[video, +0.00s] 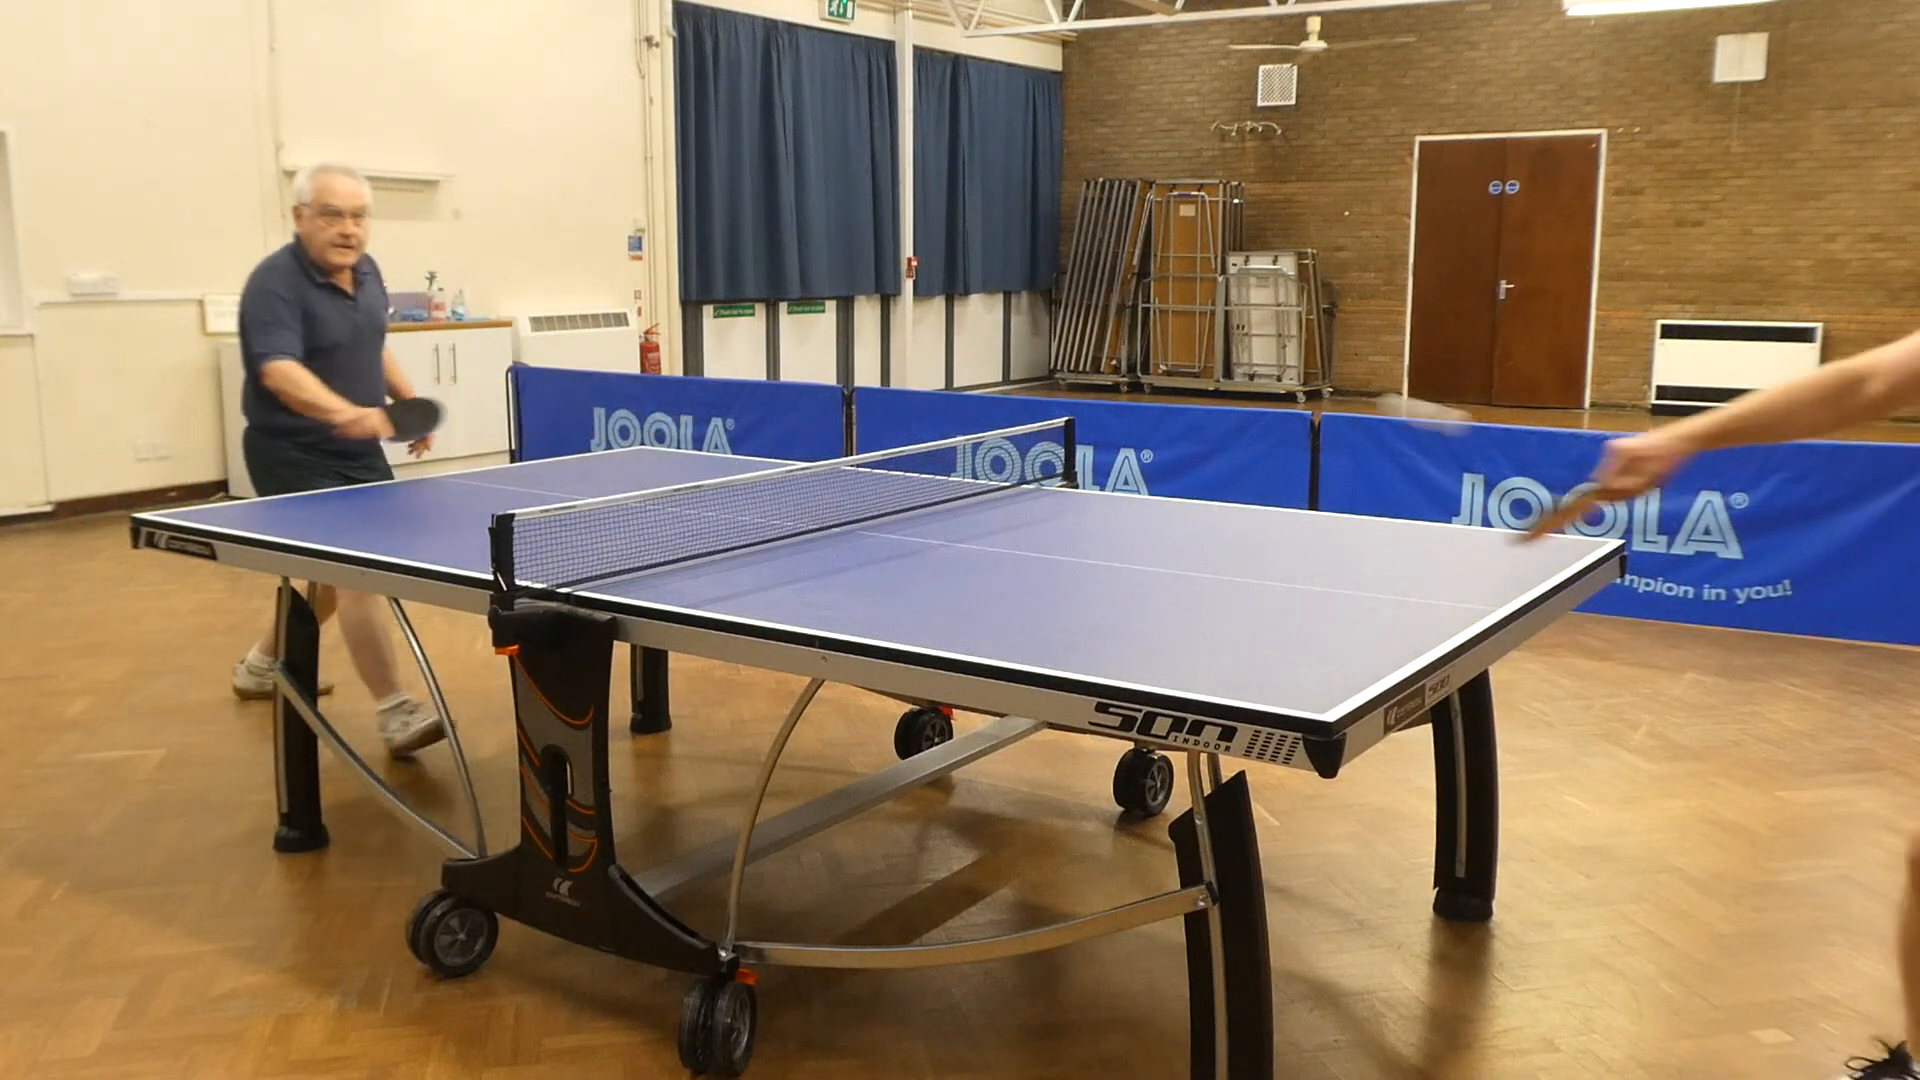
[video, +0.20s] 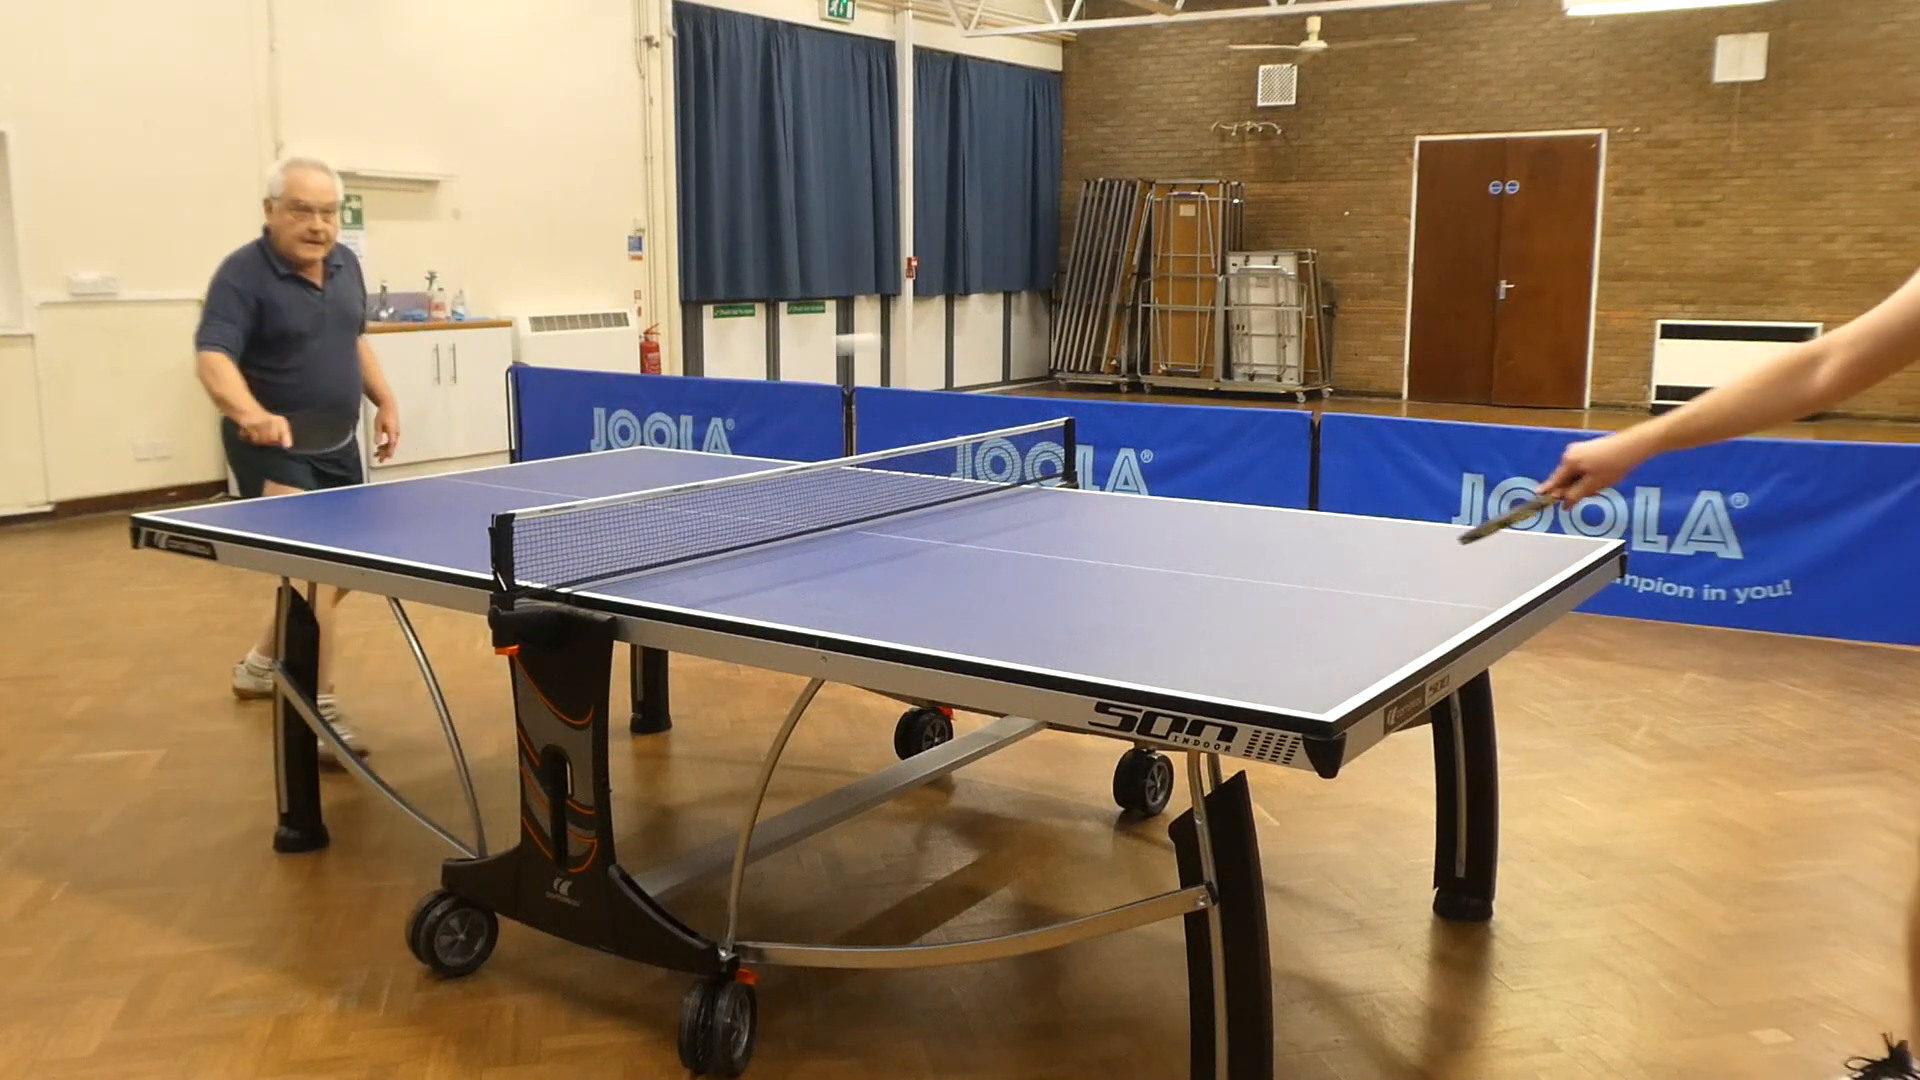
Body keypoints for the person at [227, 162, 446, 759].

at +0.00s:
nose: (348, 228)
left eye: (359, 216)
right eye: (332, 215)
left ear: (369, 222)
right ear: (300, 217)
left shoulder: (367, 274)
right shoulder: (274, 282)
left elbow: (371, 346)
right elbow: (276, 371)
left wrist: (411, 402)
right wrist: (343, 411)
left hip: (360, 446)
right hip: (293, 453)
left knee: (346, 567)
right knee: (356, 567)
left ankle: (263, 659)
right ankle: (395, 708)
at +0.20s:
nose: (316, 224)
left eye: (329, 212)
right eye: (301, 211)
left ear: (340, 215)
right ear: (269, 212)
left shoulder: (345, 264)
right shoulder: (242, 274)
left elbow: (351, 339)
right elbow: (212, 356)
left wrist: (385, 400)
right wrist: (247, 412)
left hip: (338, 442)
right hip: (272, 446)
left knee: (337, 563)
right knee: (319, 567)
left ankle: (263, 661)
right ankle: (315, 707)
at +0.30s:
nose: (317, 228)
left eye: (329, 216)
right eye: (302, 213)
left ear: (340, 217)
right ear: (270, 211)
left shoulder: (341, 261)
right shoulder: (237, 267)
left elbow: (348, 335)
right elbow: (190, 348)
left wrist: (380, 401)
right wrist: (238, 411)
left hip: (330, 439)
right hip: (260, 441)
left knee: (334, 564)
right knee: (298, 566)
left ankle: (263, 661)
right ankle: (287, 717)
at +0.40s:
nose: (324, 241)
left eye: (336, 229)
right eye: (310, 225)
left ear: (347, 226)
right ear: (276, 213)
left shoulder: (342, 266)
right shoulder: (239, 263)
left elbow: (345, 336)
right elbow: (188, 346)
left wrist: (369, 400)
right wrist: (248, 419)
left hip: (319, 446)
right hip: (249, 448)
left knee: (315, 570)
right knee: (265, 577)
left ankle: (286, 676)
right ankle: (254, 722)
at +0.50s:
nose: (337, 261)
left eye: (350, 249)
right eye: (325, 244)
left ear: (360, 243)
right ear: (290, 226)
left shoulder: (345, 278)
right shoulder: (246, 263)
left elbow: (333, 349)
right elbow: (200, 341)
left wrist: (357, 409)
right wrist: (278, 406)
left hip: (295, 446)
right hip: (224, 439)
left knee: (300, 573)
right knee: (254, 577)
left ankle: (288, 692)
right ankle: (252, 728)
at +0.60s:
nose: (346, 277)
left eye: (359, 267)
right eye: (337, 259)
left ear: (368, 262)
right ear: (303, 238)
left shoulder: (339, 296)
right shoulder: (250, 271)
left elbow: (318, 357)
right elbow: (249, 344)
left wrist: (335, 407)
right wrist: (322, 394)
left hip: (275, 455)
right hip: (208, 450)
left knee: (295, 573)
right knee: (255, 581)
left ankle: (285, 688)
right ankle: (252, 730)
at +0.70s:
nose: (355, 277)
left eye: (366, 266)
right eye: (346, 259)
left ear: (372, 262)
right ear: (308, 239)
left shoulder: (325, 291)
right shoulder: (267, 275)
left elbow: (310, 355)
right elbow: (284, 338)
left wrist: (324, 410)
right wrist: (318, 374)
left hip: (265, 452)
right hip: (200, 448)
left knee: (284, 580)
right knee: (255, 583)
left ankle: (274, 701)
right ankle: (251, 728)